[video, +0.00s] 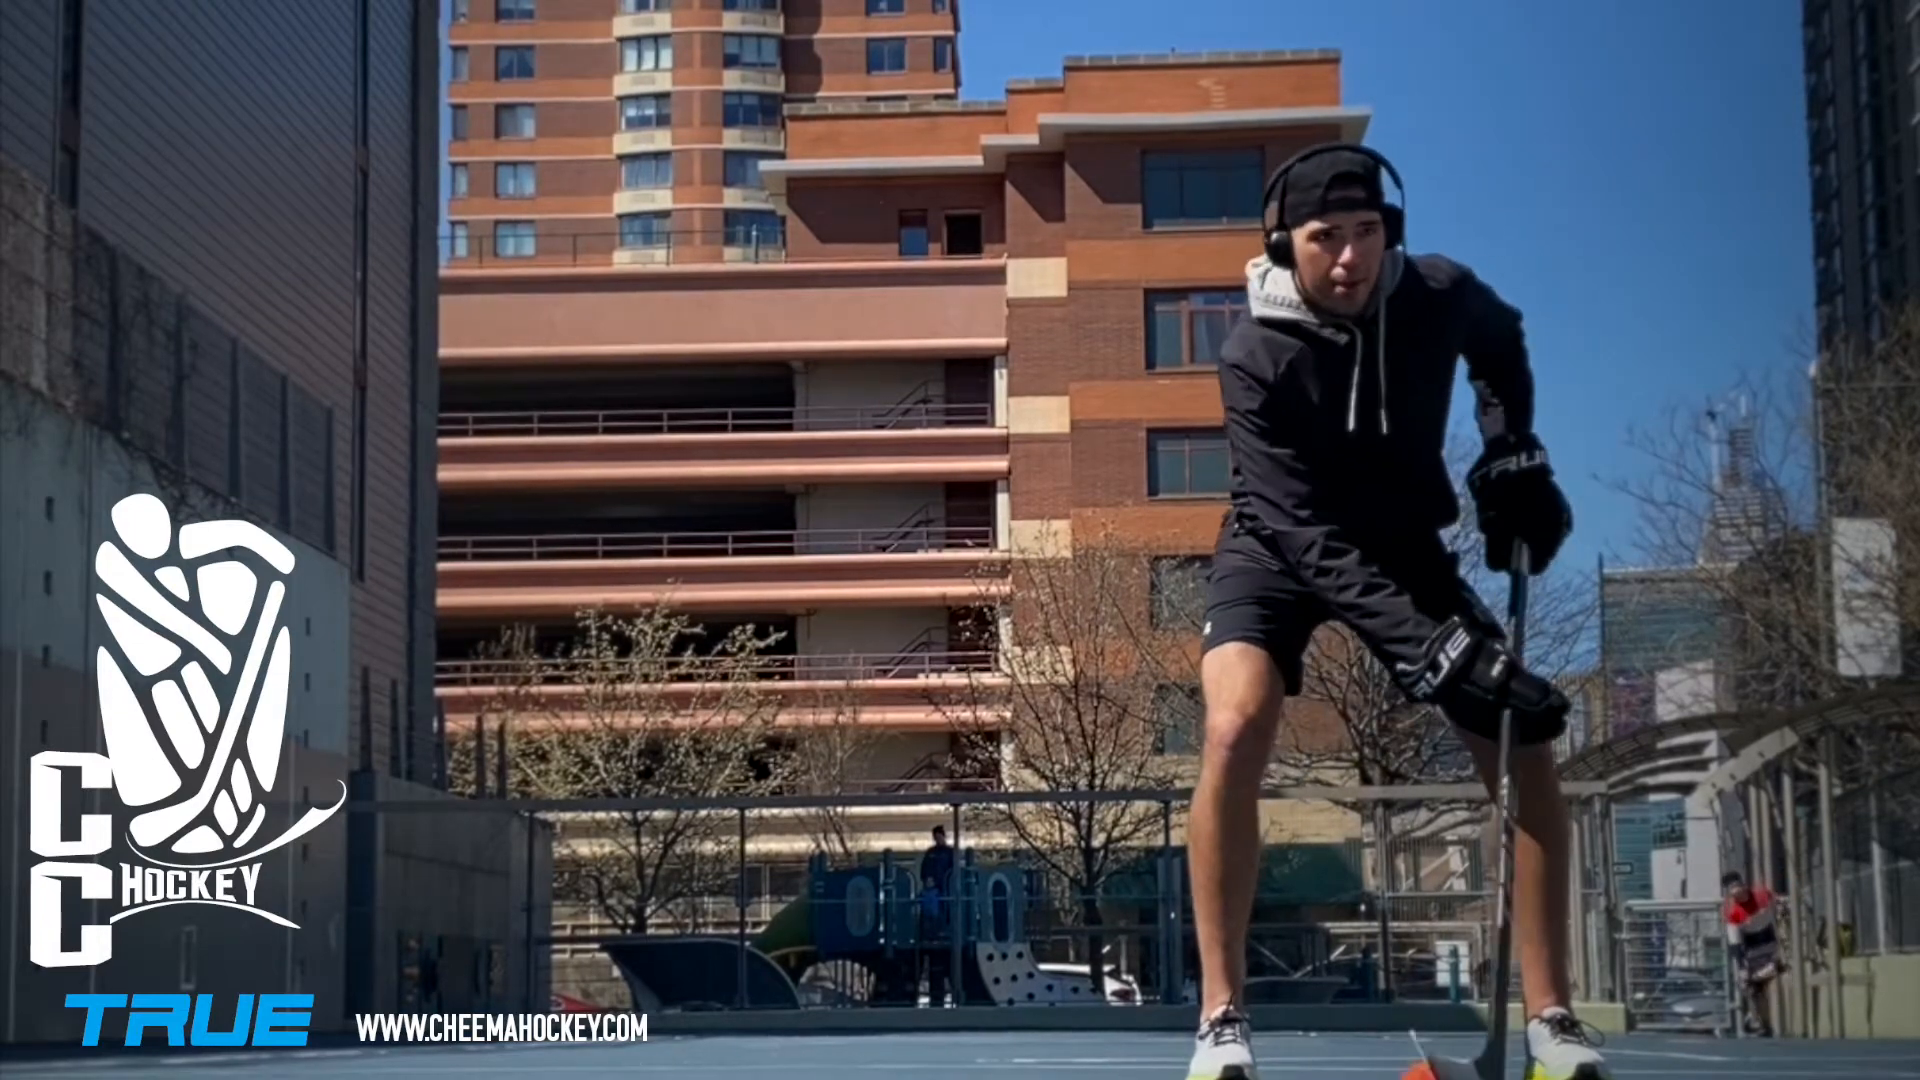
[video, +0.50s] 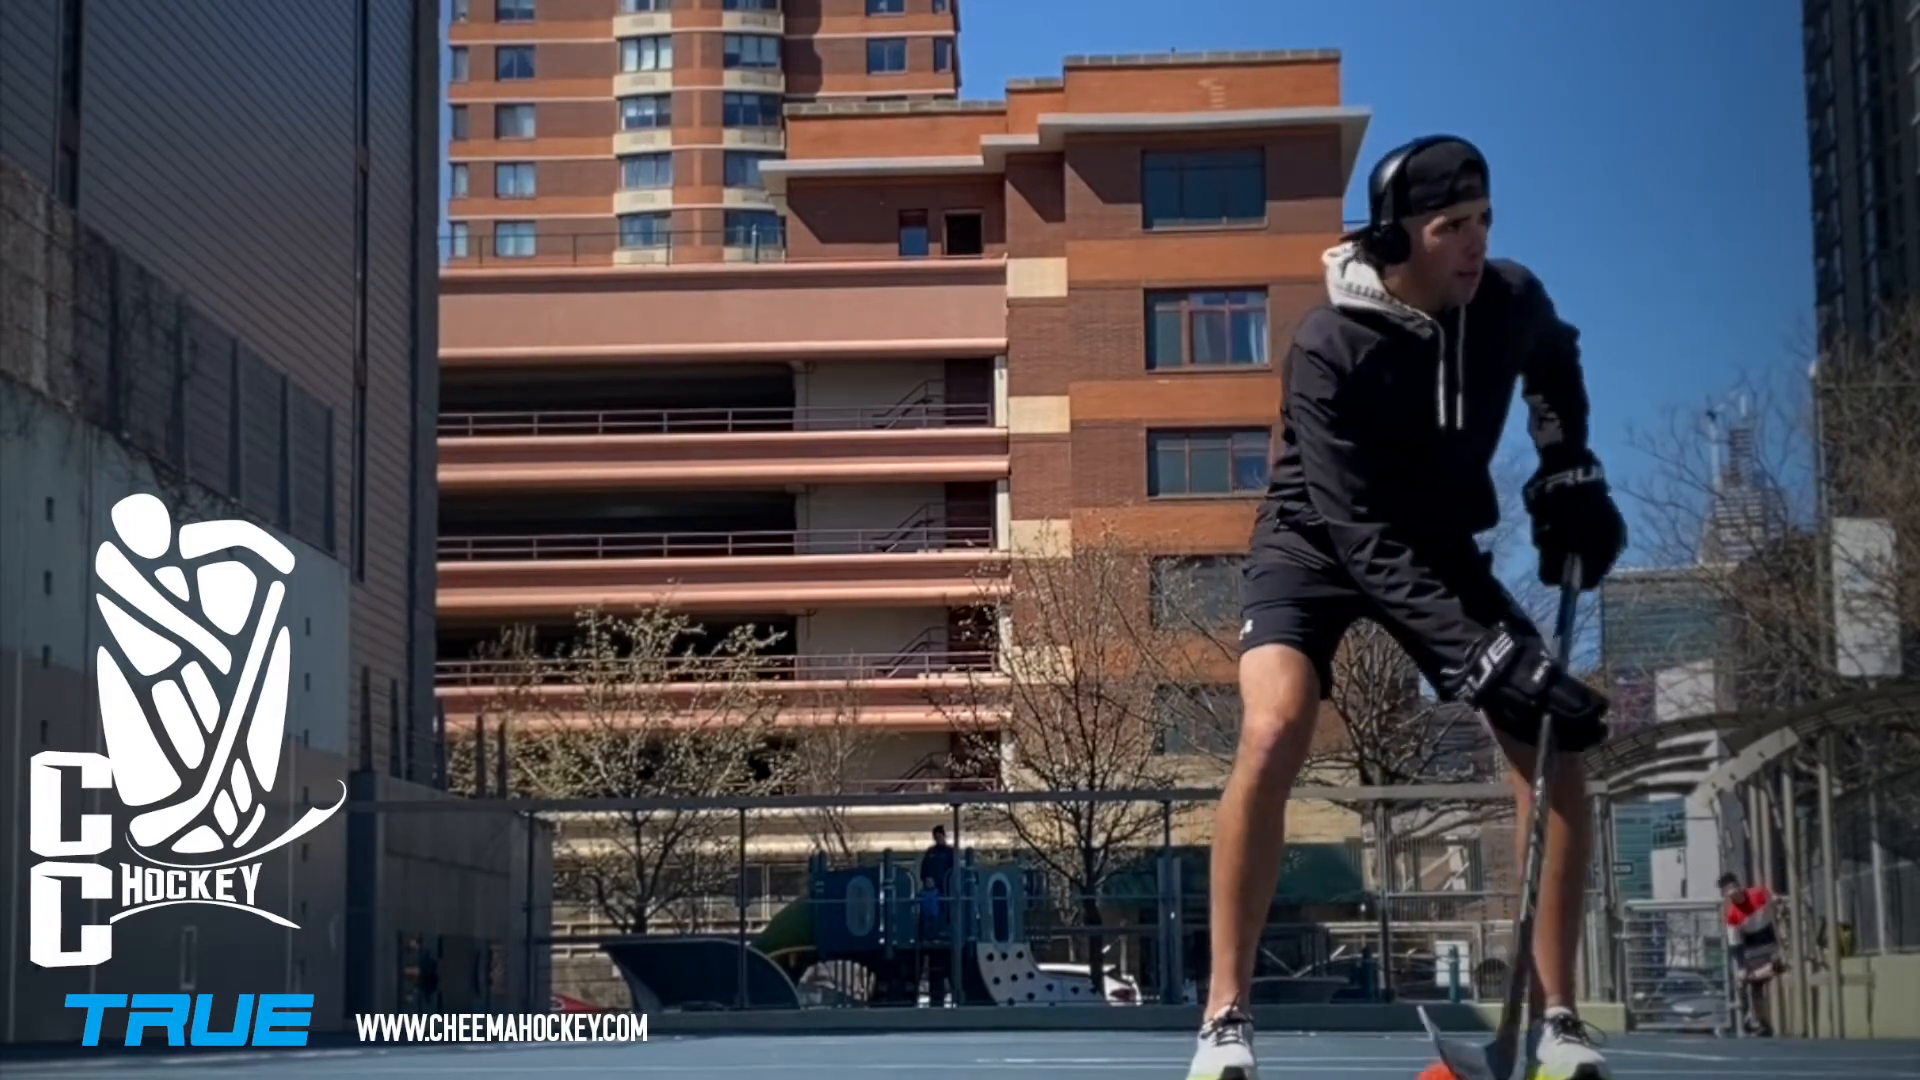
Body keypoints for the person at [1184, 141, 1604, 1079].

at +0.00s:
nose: (1349, 256)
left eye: (1366, 234)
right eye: (1326, 237)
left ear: (1390, 235)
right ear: (1286, 242)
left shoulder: (1437, 293)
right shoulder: (1259, 354)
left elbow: (1498, 340)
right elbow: (1303, 535)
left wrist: (1512, 455)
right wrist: (1436, 647)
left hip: (1405, 540)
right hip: (1278, 542)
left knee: (1522, 740)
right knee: (1235, 729)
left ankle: (1549, 1013)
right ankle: (1220, 1015)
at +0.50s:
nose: (1474, 242)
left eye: (1482, 222)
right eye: (1453, 226)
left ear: (1489, 225)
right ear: (1397, 234)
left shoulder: (1508, 299)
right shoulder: (1332, 344)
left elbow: (1553, 364)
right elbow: (1364, 541)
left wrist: (1568, 471)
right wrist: (1499, 661)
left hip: (1441, 546)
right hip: (1315, 541)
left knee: (1554, 763)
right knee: (1272, 734)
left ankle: (1555, 1017)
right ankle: (1224, 1014)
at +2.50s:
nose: (1522, 243)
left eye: (1521, 225)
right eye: (1506, 227)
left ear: (1463, 234)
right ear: (1441, 236)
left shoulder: (1491, 294)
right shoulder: (1346, 336)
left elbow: (1521, 385)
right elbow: (1362, 537)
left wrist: (1549, 477)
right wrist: (1490, 658)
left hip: (1412, 542)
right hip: (1297, 534)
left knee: (1539, 743)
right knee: (1282, 736)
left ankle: (1554, 1020)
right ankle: (1226, 1014)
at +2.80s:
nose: (1401, 231)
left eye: (1419, 211)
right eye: (1379, 212)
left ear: (1441, 222)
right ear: (1340, 227)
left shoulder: (1476, 299)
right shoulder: (1302, 342)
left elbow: (1528, 373)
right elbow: (1323, 530)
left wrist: (1537, 482)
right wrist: (1440, 650)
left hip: (1420, 546)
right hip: (1296, 544)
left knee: (1540, 738)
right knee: (1260, 728)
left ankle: (1555, 1013)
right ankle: (1223, 1012)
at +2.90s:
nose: (1369, 227)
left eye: (1386, 206)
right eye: (1346, 209)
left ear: (1416, 217)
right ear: (1311, 228)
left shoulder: (1464, 296)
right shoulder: (1289, 351)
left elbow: (1516, 362)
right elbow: (1329, 532)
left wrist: (1518, 460)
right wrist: (1446, 663)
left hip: (1421, 541)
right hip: (1295, 543)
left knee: (1539, 746)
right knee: (1255, 727)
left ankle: (1550, 1012)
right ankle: (1223, 1013)